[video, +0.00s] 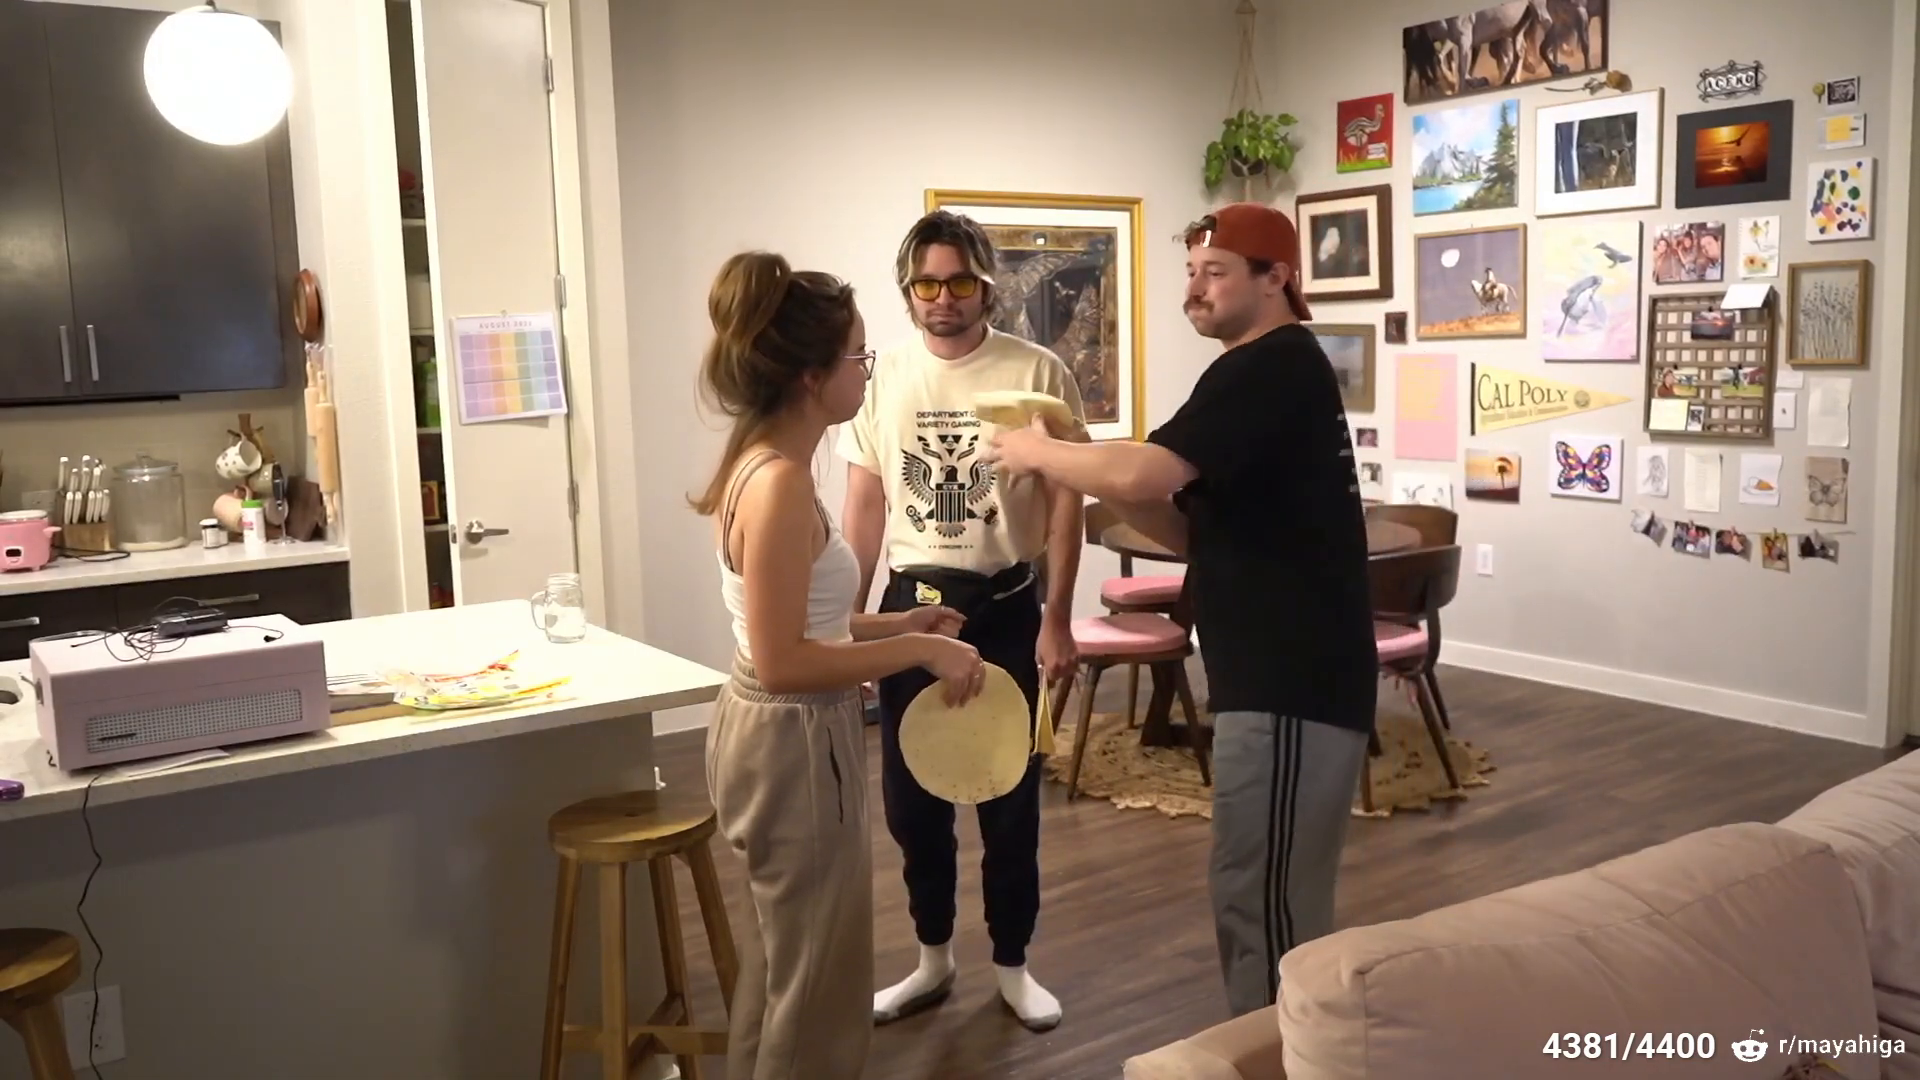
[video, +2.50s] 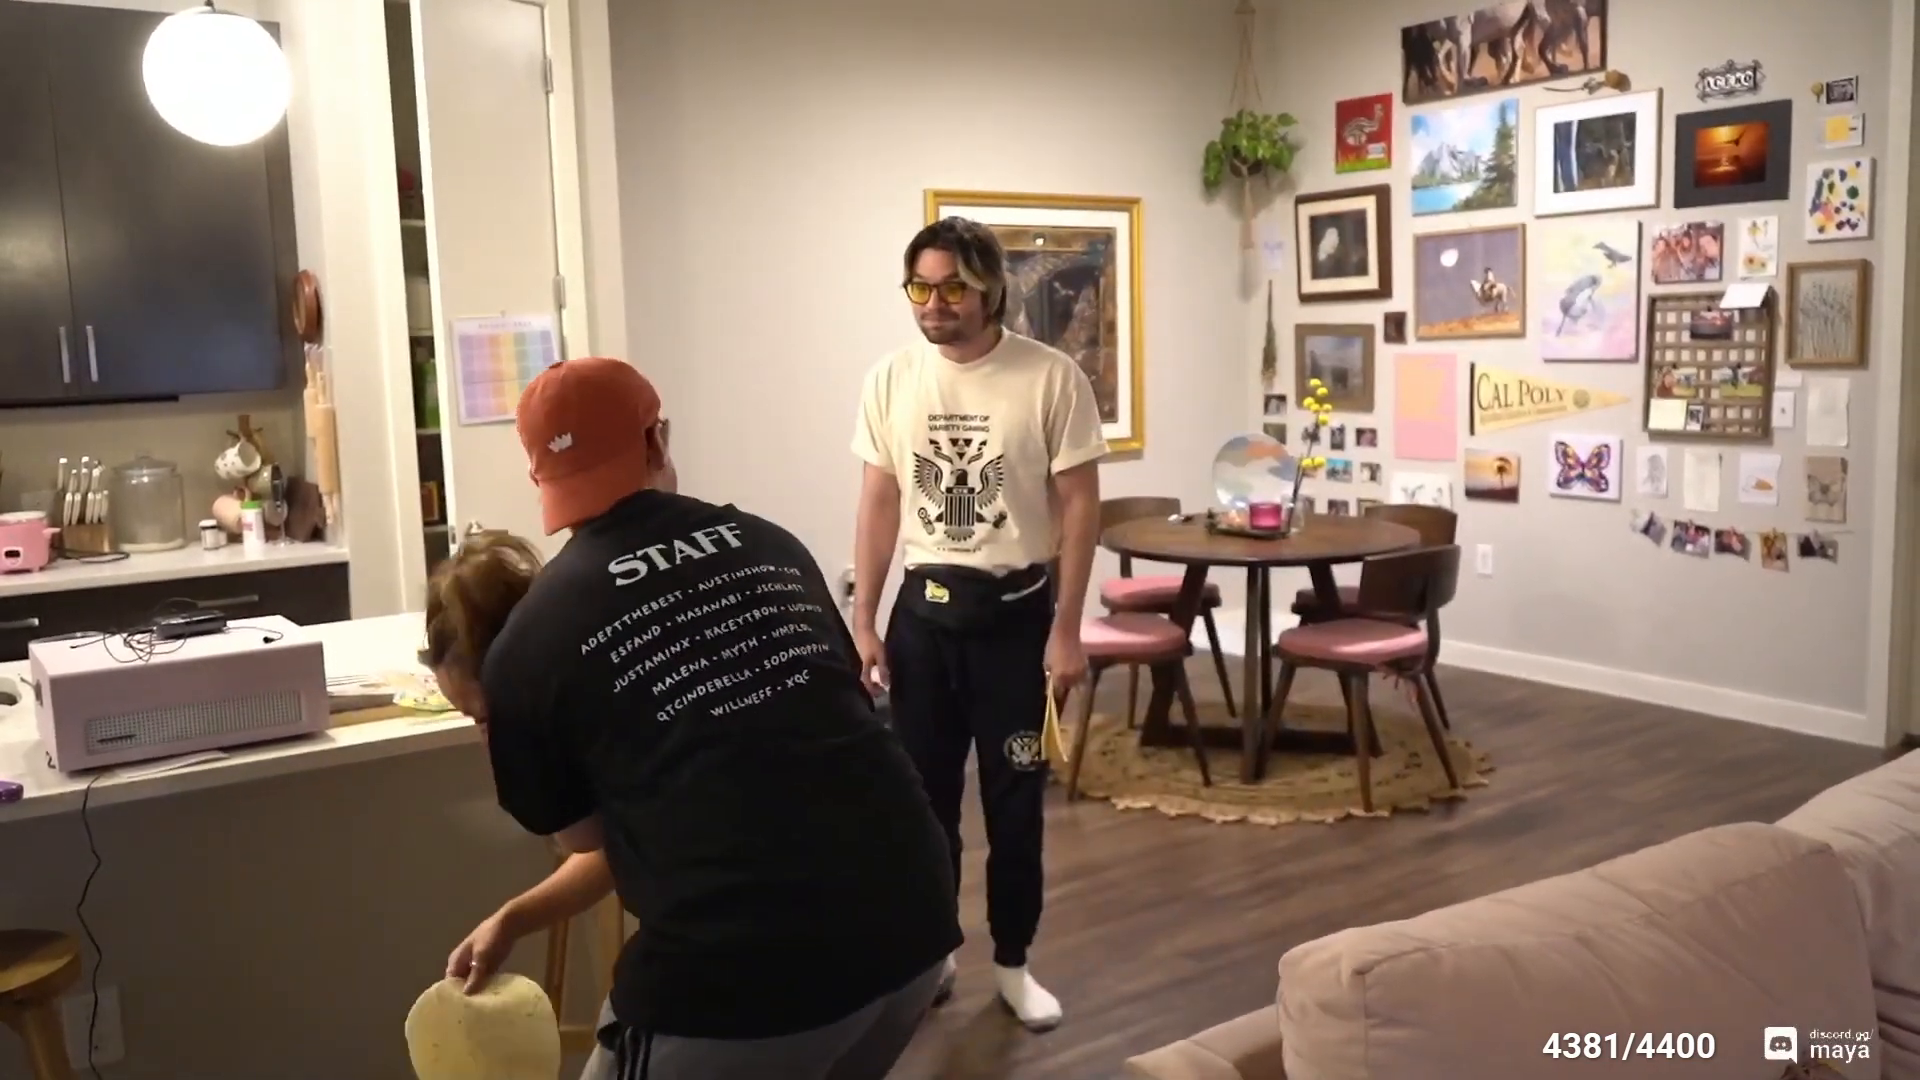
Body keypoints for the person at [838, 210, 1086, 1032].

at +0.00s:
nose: (944, 298)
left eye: (959, 283)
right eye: (927, 284)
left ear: (987, 286)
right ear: (908, 292)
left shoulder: (1037, 371)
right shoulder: (888, 377)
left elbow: (1068, 502)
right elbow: (866, 502)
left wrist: (1056, 617)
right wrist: (852, 618)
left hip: (1007, 602)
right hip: (909, 605)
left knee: (1010, 790)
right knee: (912, 795)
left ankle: (1012, 968)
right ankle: (932, 960)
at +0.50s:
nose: (939, 297)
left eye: (956, 281)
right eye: (924, 283)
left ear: (988, 284)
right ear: (907, 290)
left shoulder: (1039, 370)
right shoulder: (891, 373)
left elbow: (1067, 501)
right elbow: (870, 498)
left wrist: (1057, 620)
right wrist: (857, 612)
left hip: (1006, 601)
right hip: (911, 602)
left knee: (1010, 792)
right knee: (913, 789)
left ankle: (1012, 966)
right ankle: (932, 959)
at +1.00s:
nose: (943, 296)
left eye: (961, 280)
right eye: (928, 281)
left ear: (993, 285)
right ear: (910, 288)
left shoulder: (1045, 373)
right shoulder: (887, 378)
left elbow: (1073, 514)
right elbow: (874, 505)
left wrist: (1059, 623)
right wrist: (857, 617)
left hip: (1012, 612)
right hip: (910, 609)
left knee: (1011, 803)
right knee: (917, 802)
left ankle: (1012, 966)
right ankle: (934, 959)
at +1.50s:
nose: (943, 302)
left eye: (962, 285)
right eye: (932, 285)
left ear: (997, 287)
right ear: (914, 284)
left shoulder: (1048, 374)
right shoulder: (898, 370)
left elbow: (1082, 495)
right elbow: (867, 503)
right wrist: (857, 625)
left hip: (1010, 612)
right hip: (915, 603)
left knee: (1013, 805)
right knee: (920, 805)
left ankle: (1012, 964)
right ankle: (935, 956)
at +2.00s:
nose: (942, 305)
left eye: (961, 290)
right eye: (930, 289)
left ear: (998, 293)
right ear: (915, 293)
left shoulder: (1054, 376)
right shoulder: (894, 377)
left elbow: (1080, 504)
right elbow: (879, 495)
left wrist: (1069, 628)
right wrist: (864, 605)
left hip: (1016, 608)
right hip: (921, 606)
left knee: (1016, 792)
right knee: (915, 781)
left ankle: (1012, 964)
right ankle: (913, 965)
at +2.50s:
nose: (935, 304)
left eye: (952, 288)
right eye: (921, 289)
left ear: (992, 291)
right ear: (907, 294)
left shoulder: (1052, 376)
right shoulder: (891, 381)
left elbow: (1079, 505)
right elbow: (879, 503)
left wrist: (1066, 630)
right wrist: (864, 617)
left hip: (1016, 610)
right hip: (921, 610)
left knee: (1015, 800)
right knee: (926, 797)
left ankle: (1014, 964)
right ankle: (931, 954)